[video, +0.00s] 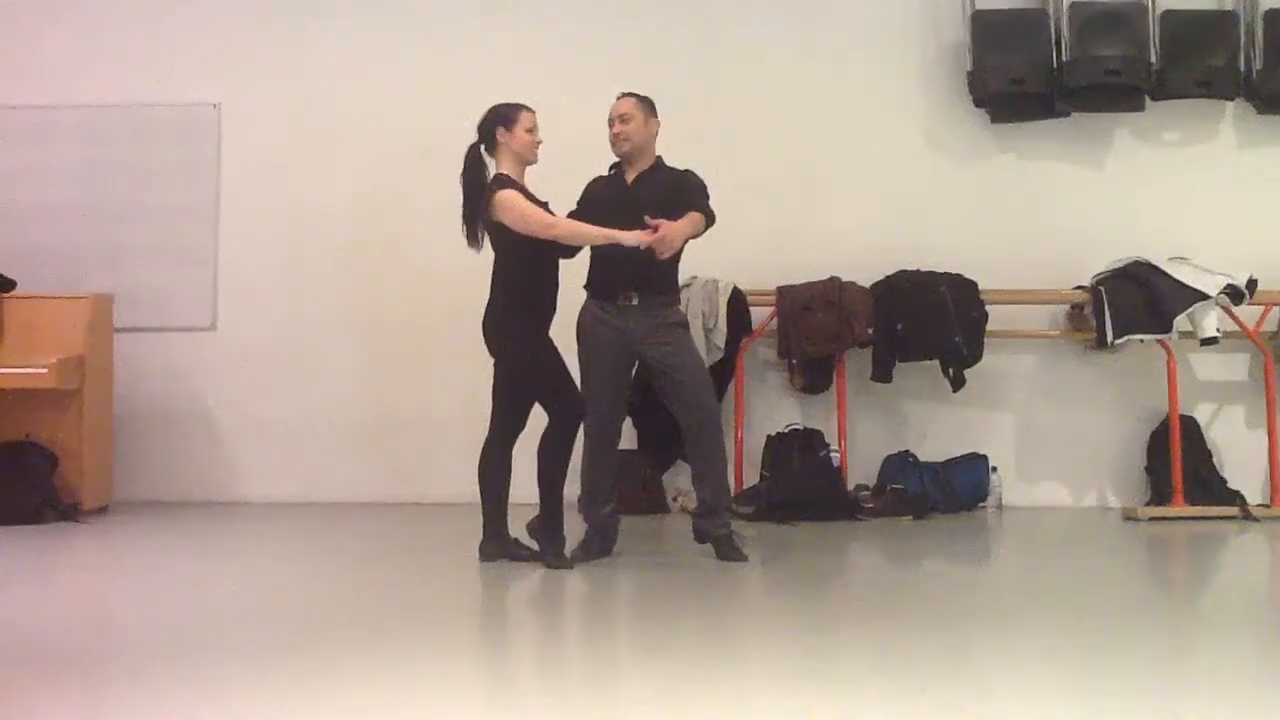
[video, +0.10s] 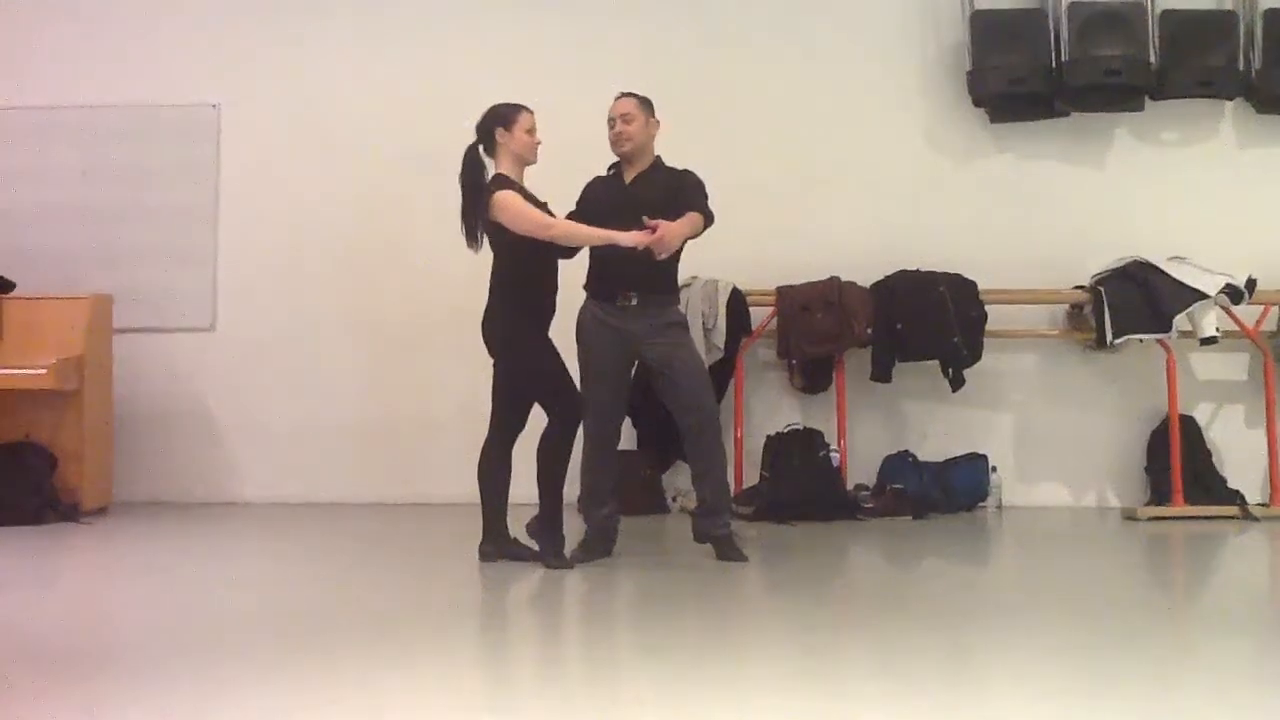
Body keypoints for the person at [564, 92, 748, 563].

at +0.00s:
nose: (615, 129)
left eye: (625, 120)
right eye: (611, 123)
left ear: (654, 126)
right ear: (610, 133)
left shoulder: (682, 182)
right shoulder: (598, 190)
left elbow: (702, 214)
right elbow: (568, 244)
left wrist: (681, 229)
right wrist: (525, 227)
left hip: (661, 320)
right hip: (603, 320)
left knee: (703, 412)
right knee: (601, 422)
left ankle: (715, 524)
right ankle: (598, 531)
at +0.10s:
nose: (617, 128)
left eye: (627, 120)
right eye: (612, 123)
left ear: (654, 127)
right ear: (608, 133)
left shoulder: (682, 182)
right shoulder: (597, 190)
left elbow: (701, 215)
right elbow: (568, 244)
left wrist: (679, 229)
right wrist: (525, 231)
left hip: (662, 319)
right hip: (603, 320)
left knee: (701, 412)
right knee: (600, 423)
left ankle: (715, 524)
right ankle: (599, 529)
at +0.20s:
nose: (620, 123)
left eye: (630, 115)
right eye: (614, 117)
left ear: (655, 122)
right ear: (610, 128)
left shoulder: (683, 177)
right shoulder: (598, 185)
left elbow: (701, 211)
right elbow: (569, 238)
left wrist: (678, 227)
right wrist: (525, 227)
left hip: (663, 315)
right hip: (604, 315)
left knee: (702, 408)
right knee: (602, 419)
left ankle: (716, 521)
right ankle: (599, 526)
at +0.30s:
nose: (622, 123)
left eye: (632, 115)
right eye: (615, 118)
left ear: (656, 123)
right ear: (609, 129)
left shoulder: (683, 178)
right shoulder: (596, 186)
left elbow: (700, 213)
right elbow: (568, 237)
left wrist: (678, 229)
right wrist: (523, 229)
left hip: (663, 316)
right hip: (604, 316)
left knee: (702, 410)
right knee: (601, 420)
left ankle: (716, 522)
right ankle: (599, 528)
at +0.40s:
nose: (621, 122)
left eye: (631, 115)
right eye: (614, 117)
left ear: (654, 123)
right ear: (607, 128)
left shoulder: (682, 177)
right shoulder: (594, 185)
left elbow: (700, 213)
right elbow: (567, 236)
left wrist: (677, 230)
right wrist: (522, 228)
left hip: (662, 316)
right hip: (604, 315)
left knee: (702, 410)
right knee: (600, 418)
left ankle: (716, 521)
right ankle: (599, 526)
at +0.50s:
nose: (619, 124)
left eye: (629, 116)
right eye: (611, 118)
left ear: (651, 124)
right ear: (604, 129)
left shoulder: (680, 178)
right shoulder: (593, 186)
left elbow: (698, 215)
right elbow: (566, 236)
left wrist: (674, 232)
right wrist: (522, 230)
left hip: (662, 318)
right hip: (604, 317)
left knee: (701, 412)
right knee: (600, 421)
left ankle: (714, 523)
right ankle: (598, 528)